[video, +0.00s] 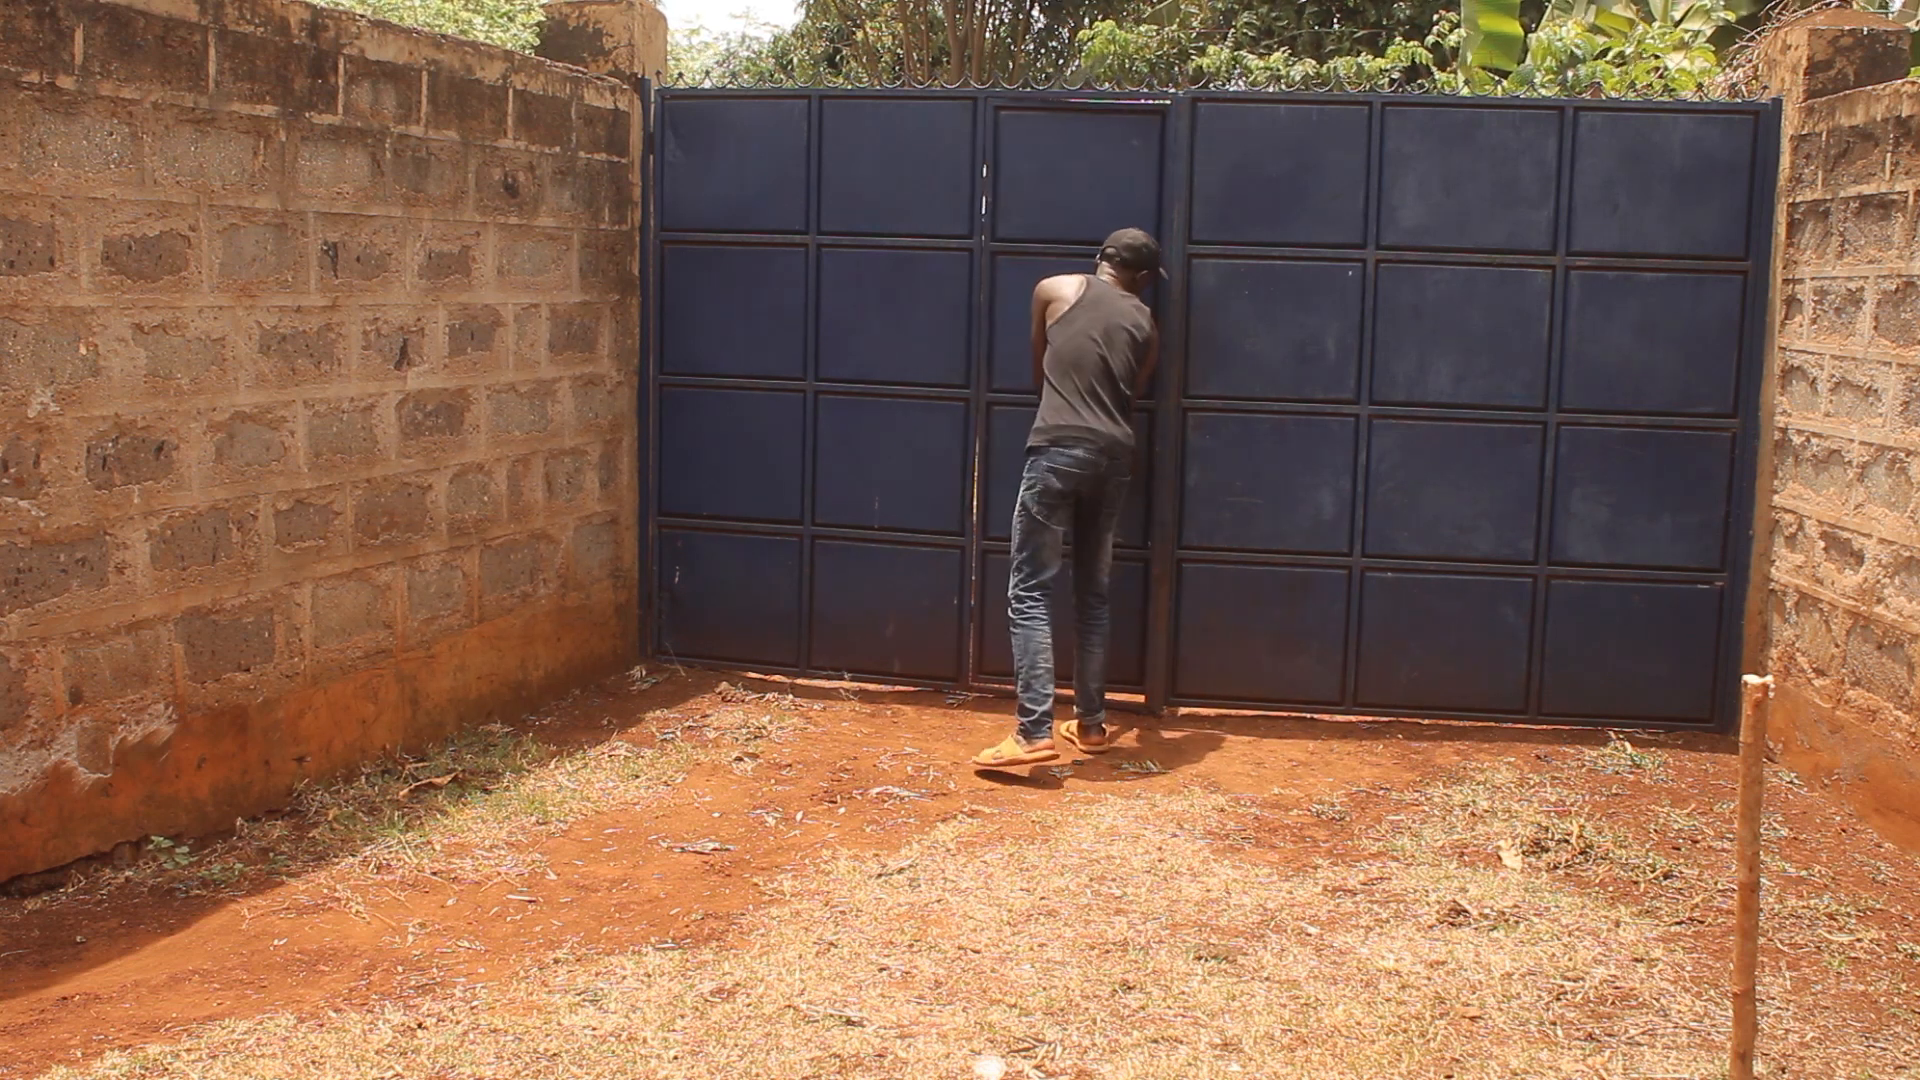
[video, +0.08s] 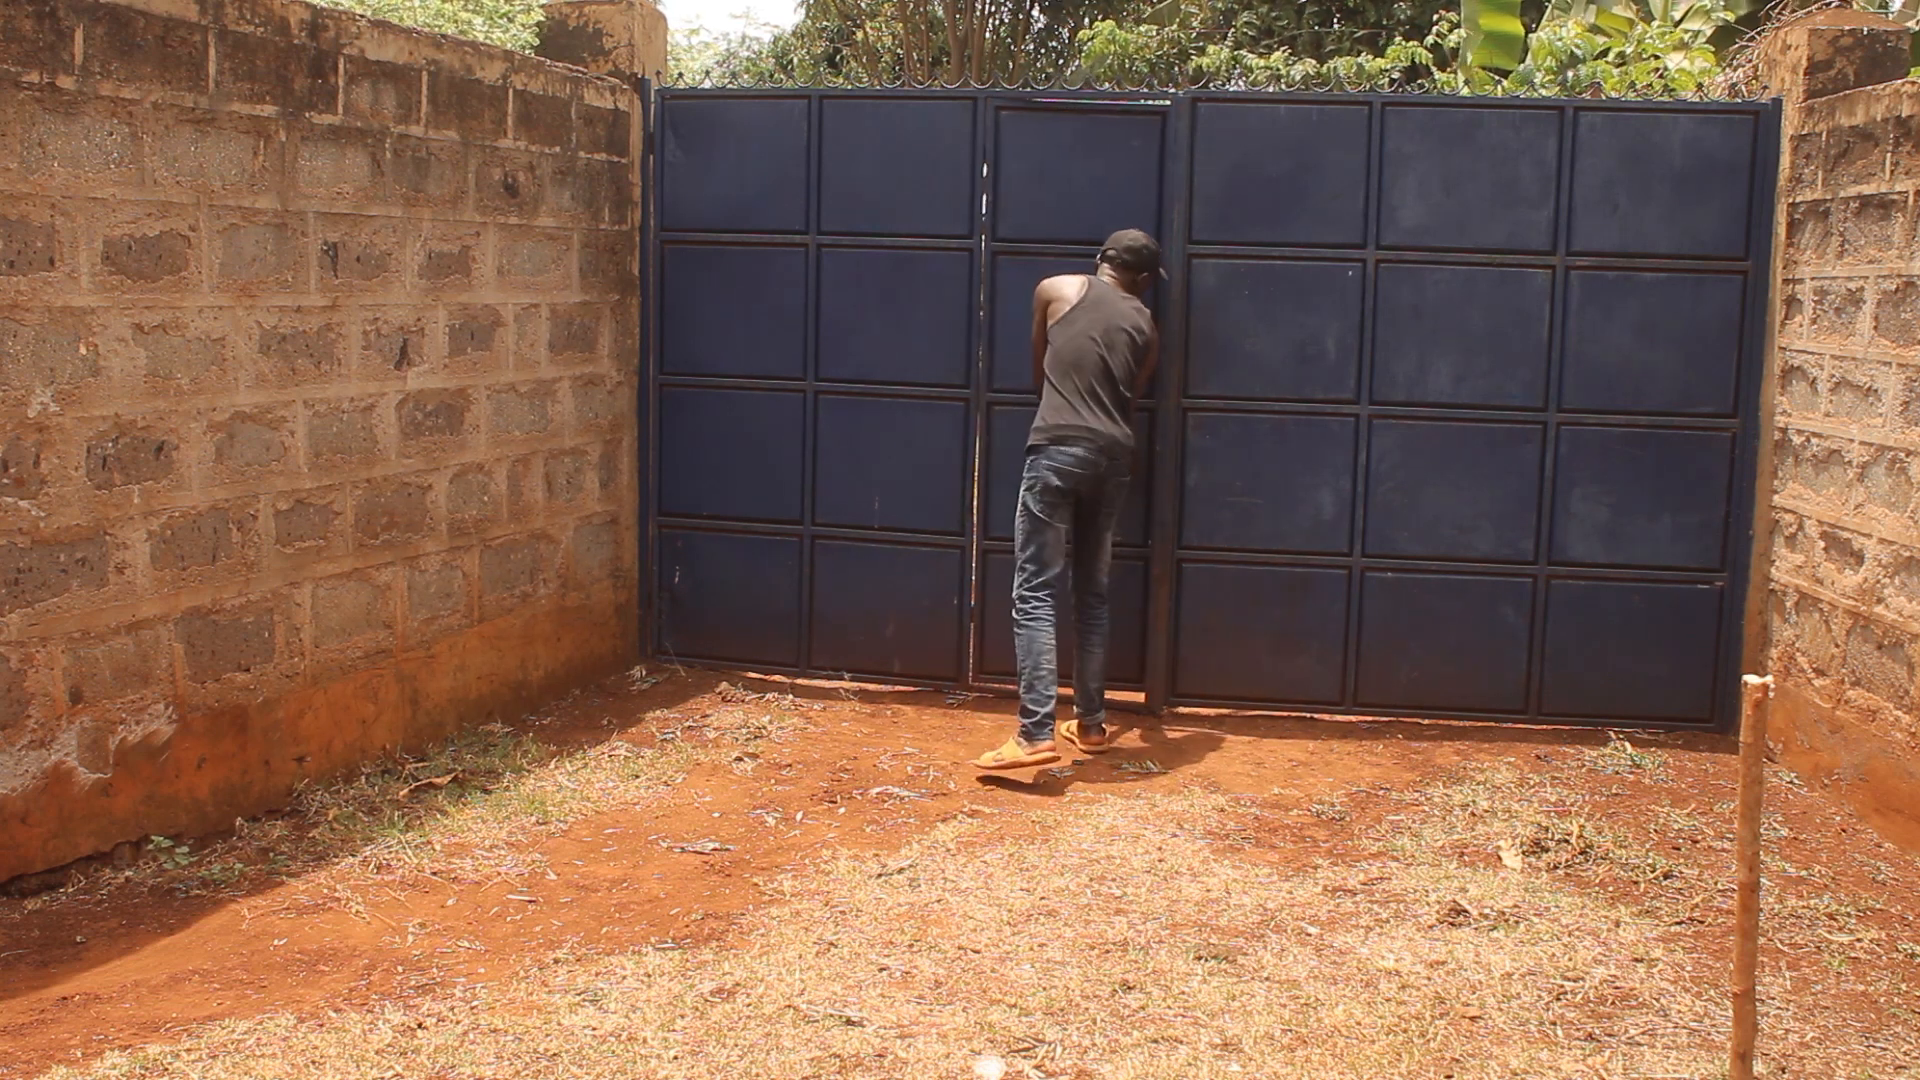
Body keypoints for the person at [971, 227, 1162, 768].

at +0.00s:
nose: (1143, 285)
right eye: (1146, 278)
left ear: (1099, 259)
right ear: (1142, 277)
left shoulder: (1054, 288)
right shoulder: (1146, 322)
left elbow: (1041, 367)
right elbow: (1136, 387)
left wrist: (1069, 404)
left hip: (1057, 449)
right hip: (1113, 457)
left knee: (1029, 590)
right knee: (1094, 595)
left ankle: (1035, 732)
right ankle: (1092, 725)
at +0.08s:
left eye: (1100, 258)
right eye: (1145, 279)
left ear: (1100, 260)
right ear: (1144, 278)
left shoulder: (1055, 289)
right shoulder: (1146, 324)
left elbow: (1040, 370)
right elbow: (1135, 388)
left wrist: (1070, 407)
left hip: (1056, 448)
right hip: (1113, 455)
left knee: (1035, 592)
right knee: (1093, 593)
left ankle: (1037, 734)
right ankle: (1091, 724)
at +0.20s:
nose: (1144, 278)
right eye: (1146, 272)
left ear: (1095, 254)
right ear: (1141, 271)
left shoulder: (1052, 286)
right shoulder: (1144, 318)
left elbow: (1030, 381)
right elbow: (1135, 395)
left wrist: (1071, 402)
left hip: (1059, 445)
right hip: (1116, 451)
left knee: (1034, 587)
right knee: (1097, 592)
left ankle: (1040, 725)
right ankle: (1093, 723)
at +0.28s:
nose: (1125, 267)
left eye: (1094, 249)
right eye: (1135, 262)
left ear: (1088, 249)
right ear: (1137, 264)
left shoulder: (1049, 284)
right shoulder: (1143, 317)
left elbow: (1022, 380)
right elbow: (1133, 400)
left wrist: (1057, 409)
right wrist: (1096, 413)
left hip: (1061, 445)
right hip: (1118, 453)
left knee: (1028, 583)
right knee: (1099, 590)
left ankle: (1044, 711)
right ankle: (1096, 719)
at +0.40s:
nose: (1077, 253)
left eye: (1074, 245)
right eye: (1121, 256)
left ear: (1071, 248)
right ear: (1120, 256)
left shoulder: (1040, 286)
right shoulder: (1134, 311)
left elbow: (1012, 377)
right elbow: (1133, 396)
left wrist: (1031, 428)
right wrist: (1107, 430)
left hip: (1058, 453)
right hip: (1116, 459)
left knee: (1020, 588)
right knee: (1099, 594)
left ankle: (1038, 720)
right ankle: (1095, 724)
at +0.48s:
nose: (1061, 251)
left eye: (1059, 242)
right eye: (1108, 253)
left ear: (1056, 245)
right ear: (1107, 253)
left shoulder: (1029, 287)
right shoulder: (1120, 308)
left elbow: (1007, 376)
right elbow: (1127, 403)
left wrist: (1010, 439)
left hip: (1050, 461)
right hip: (1107, 464)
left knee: (1015, 597)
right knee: (1100, 600)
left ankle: (1026, 739)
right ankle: (1094, 725)